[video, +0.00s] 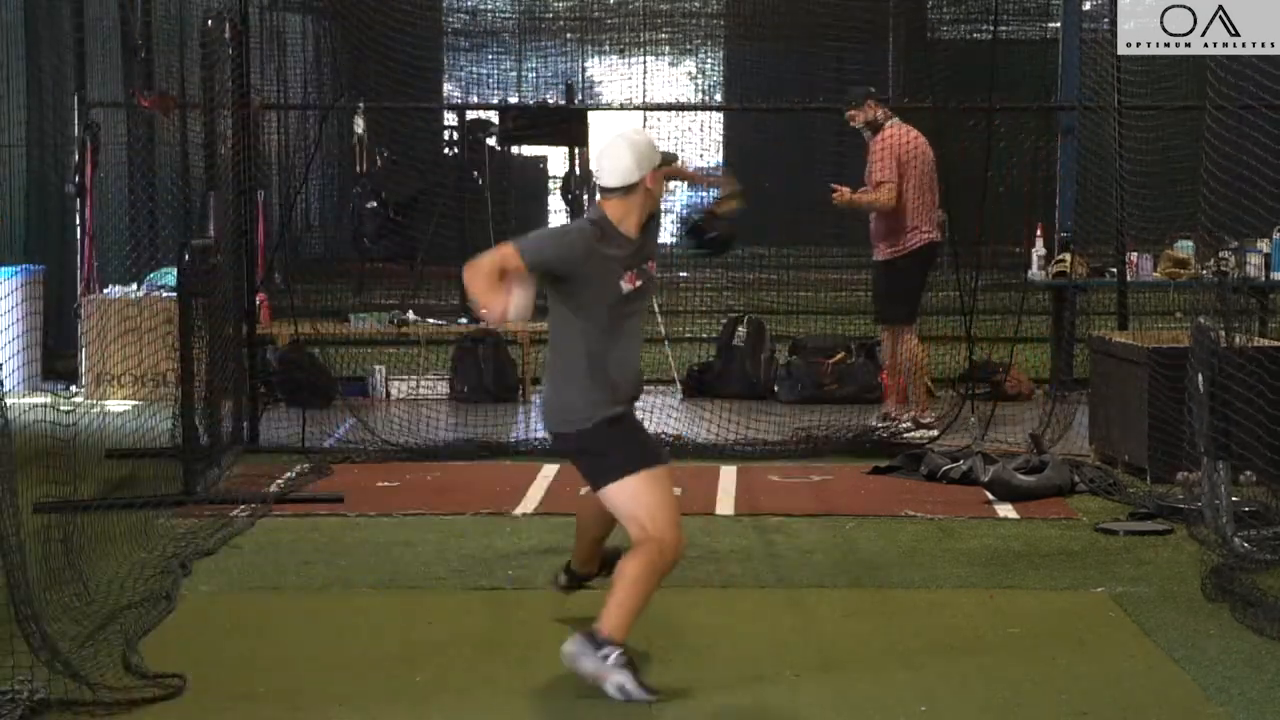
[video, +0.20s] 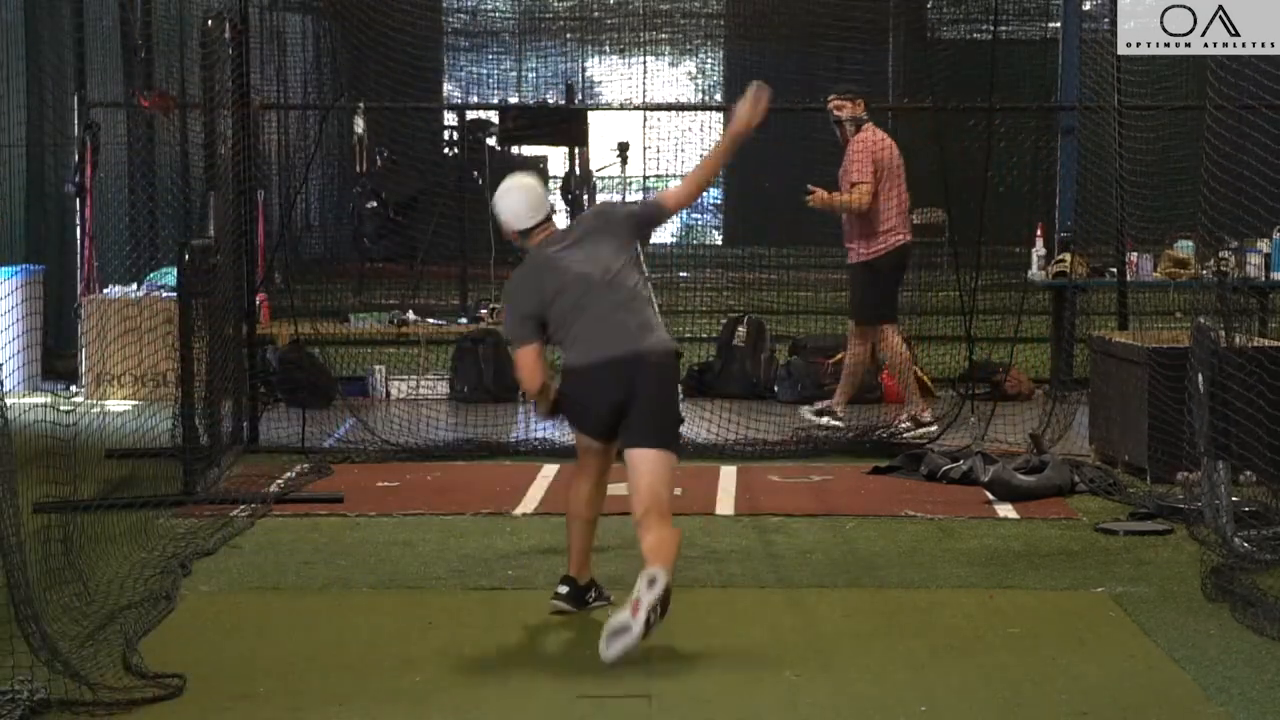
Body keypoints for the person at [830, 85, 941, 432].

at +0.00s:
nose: (852, 121)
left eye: (855, 113)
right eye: (849, 115)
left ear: (874, 107)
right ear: (877, 109)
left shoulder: (884, 141)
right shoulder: (915, 138)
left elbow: (887, 197)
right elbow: (928, 196)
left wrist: (850, 198)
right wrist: (865, 194)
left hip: (900, 248)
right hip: (922, 244)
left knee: (898, 329)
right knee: (896, 328)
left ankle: (917, 412)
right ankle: (899, 409)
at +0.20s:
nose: (834, 114)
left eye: (840, 107)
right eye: (831, 109)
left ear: (860, 107)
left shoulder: (862, 143)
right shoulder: (882, 140)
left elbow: (861, 200)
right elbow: (884, 198)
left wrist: (826, 201)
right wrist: (835, 198)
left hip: (874, 252)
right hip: (886, 249)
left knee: (882, 332)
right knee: (862, 331)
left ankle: (918, 410)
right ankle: (838, 406)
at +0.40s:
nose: (813, 108)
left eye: (819, 102)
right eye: (810, 104)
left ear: (839, 104)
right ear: (817, 109)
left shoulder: (839, 140)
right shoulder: (850, 137)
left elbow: (843, 194)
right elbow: (844, 194)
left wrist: (804, 195)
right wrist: (809, 196)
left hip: (843, 252)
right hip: (852, 249)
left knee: (828, 327)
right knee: (834, 329)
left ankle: (892, 392)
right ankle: (828, 409)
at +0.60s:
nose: (806, 101)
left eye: (812, 95)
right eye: (803, 97)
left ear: (830, 100)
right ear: (802, 103)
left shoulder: (830, 130)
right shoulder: (813, 136)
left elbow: (828, 180)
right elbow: (807, 189)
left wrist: (789, 178)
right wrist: (783, 180)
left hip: (818, 242)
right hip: (816, 241)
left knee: (793, 323)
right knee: (821, 325)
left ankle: (839, 393)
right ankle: (822, 407)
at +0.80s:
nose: (791, 99)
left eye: (798, 95)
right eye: (790, 95)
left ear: (817, 101)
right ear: (799, 103)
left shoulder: (812, 131)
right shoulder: (808, 132)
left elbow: (808, 182)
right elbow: (795, 189)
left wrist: (770, 174)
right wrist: (770, 178)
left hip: (791, 244)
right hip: (812, 244)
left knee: (763, 322)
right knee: (808, 323)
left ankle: (808, 399)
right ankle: (824, 410)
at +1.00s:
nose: (754, 109)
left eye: (759, 103)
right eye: (754, 104)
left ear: (779, 104)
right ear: (777, 106)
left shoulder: (791, 136)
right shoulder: (787, 136)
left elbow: (794, 188)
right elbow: (783, 189)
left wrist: (753, 184)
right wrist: (751, 183)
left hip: (781, 248)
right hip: (804, 247)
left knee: (744, 319)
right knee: (807, 325)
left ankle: (757, 406)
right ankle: (823, 409)